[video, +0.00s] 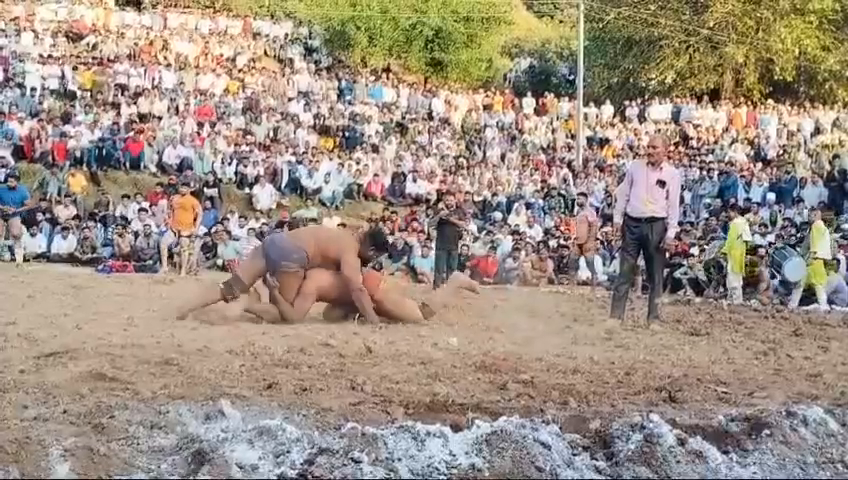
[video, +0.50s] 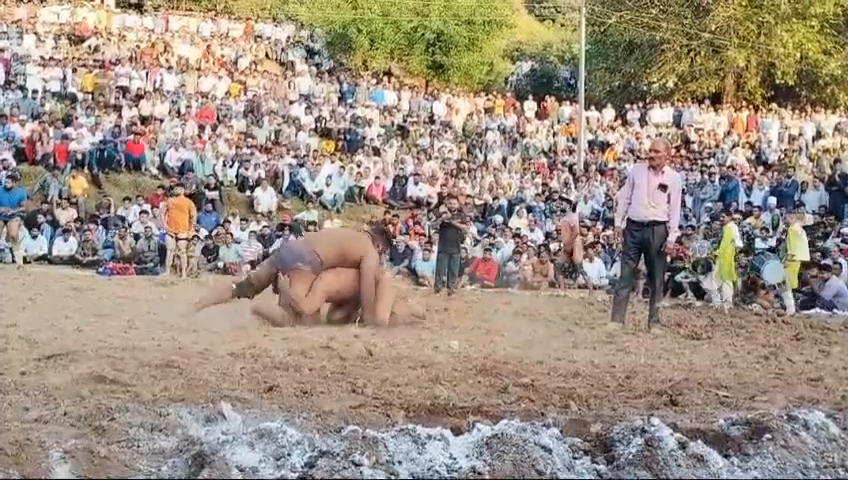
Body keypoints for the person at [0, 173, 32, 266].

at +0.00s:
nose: (10, 183)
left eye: (12, 181)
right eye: (9, 181)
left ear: (17, 181)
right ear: (7, 181)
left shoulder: (22, 190)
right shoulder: (2, 189)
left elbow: (29, 205)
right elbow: (1, 204)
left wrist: (15, 210)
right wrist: (4, 208)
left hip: (14, 215)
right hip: (3, 214)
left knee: (16, 234)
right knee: (2, 235)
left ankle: (19, 260)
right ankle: (4, 254)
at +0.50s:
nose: (7, 182)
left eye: (10, 180)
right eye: (6, 180)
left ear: (15, 182)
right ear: (5, 180)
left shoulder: (21, 191)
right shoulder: (2, 190)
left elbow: (24, 207)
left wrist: (12, 211)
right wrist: (3, 210)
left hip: (14, 214)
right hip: (3, 214)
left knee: (12, 234)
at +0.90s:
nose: (1, 179)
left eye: (2, 176)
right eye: (1, 176)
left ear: (6, 176)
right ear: (2, 177)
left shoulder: (18, 183)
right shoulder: (2, 190)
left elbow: (28, 195)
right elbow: (2, 204)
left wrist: (15, 203)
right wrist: (7, 206)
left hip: (25, 210)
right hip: (12, 212)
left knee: (25, 232)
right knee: (7, 231)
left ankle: (23, 256)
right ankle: (3, 252)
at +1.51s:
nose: (11, 170)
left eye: (14, 167)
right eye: (10, 167)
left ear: (19, 168)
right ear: (7, 168)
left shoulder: (27, 180)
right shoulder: (5, 181)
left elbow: (33, 192)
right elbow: (2, 194)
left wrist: (20, 193)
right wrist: (8, 194)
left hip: (23, 206)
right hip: (8, 206)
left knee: (25, 231)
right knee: (6, 230)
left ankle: (25, 255)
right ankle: (3, 254)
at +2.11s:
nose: (23, 172)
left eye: (25, 170)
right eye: (21, 170)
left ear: (28, 172)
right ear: (17, 171)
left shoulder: (32, 183)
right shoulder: (12, 181)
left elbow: (35, 195)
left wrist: (30, 200)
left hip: (24, 209)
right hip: (10, 208)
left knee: (27, 229)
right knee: (8, 230)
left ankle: (27, 255)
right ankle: (5, 254)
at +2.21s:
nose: (31, 175)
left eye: (33, 173)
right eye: (29, 173)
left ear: (35, 174)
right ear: (25, 174)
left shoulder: (38, 185)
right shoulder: (19, 184)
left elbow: (40, 197)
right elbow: (15, 198)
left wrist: (36, 201)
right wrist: (28, 202)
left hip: (31, 211)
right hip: (18, 210)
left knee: (34, 233)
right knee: (15, 234)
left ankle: (32, 258)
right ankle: (9, 257)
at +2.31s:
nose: (45, 179)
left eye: (47, 176)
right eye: (43, 176)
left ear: (49, 178)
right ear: (39, 177)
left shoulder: (49, 190)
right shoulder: (33, 188)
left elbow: (51, 201)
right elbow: (32, 201)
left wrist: (52, 203)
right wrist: (43, 205)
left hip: (43, 215)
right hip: (31, 215)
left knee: (45, 238)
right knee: (26, 238)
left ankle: (42, 262)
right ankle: (19, 261)